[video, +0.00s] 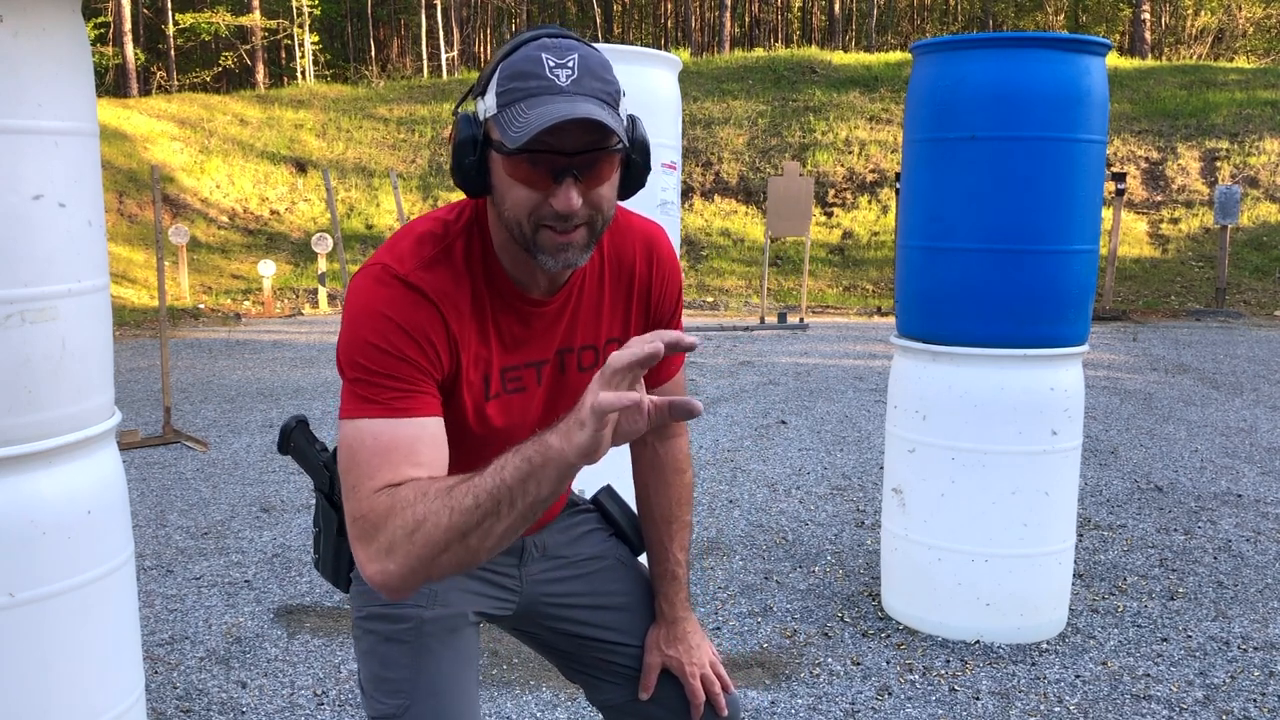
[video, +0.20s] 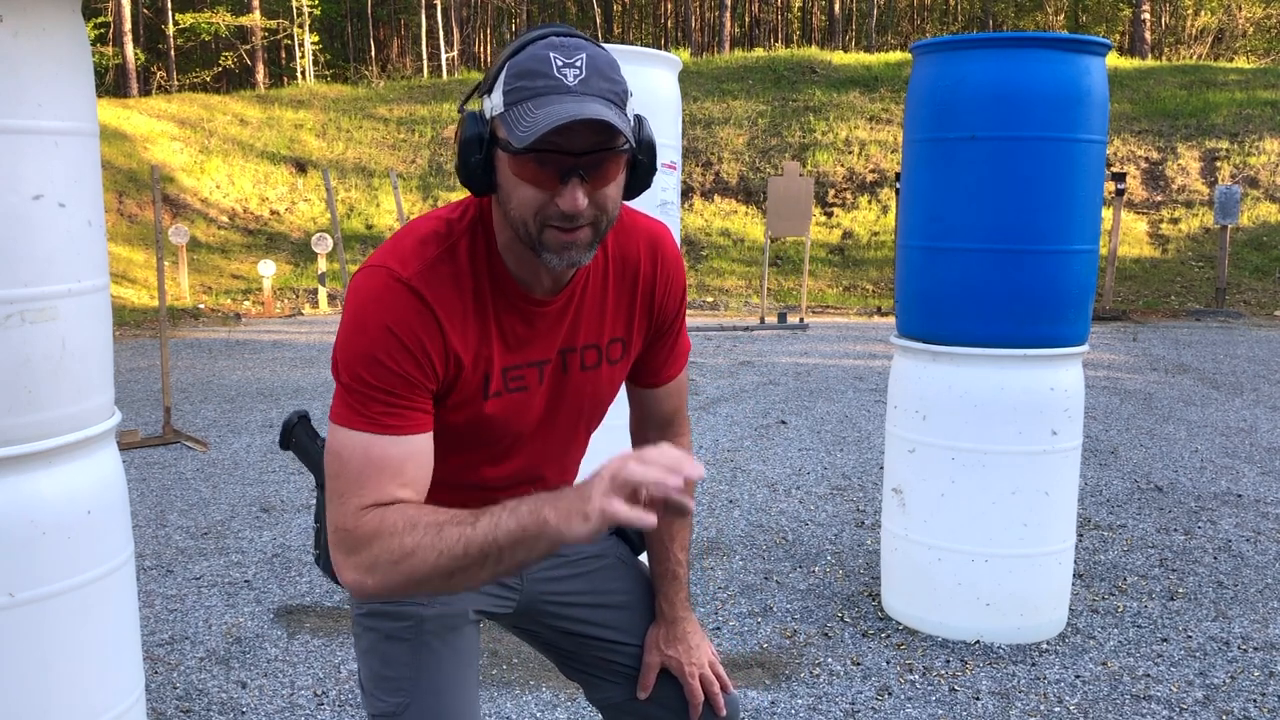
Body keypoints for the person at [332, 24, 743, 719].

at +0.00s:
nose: (568, 199)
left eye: (591, 165)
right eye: (537, 167)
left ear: (623, 162)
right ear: (482, 158)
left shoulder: (643, 257)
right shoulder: (398, 288)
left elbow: (662, 431)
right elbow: (391, 551)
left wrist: (675, 609)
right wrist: (574, 438)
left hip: (558, 532)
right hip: (421, 562)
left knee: (690, 702)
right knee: (431, 707)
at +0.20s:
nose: (573, 198)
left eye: (598, 163)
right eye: (544, 162)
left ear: (630, 161)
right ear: (491, 158)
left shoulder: (647, 260)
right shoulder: (400, 290)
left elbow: (663, 440)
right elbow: (367, 551)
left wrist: (675, 610)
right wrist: (572, 507)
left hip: (557, 541)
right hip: (418, 558)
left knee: (691, 704)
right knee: (430, 707)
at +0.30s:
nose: (577, 198)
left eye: (601, 163)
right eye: (548, 163)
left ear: (634, 162)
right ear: (491, 157)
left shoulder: (650, 261)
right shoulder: (401, 291)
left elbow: (665, 435)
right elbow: (356, 542)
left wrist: (674, 601)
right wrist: (553, 578)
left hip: (551, 524)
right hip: (416, 532)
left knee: (688, 702)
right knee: (431, 707)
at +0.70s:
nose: (607, 188)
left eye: (633, 157)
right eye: (583, 151)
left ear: (657, 165)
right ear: (511, 141)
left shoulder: (657, 262)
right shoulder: (407, 282)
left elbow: (669, 434)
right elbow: (321, 526)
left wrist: (679, 604)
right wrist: (528, 565)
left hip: (554, 520)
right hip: (415, 525)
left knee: (691, 704)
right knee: (433, 708)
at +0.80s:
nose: (613, 185)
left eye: (640, 155)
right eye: (591, 145)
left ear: (661, 166)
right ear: (519, 135)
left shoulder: (657, 260)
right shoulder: (406, 268)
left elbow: (669, 435)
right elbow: (317, 517)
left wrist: (676, 608)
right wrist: (540, 472)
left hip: (569, 530)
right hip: (421, 547)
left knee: (692, 705)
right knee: (431, 707)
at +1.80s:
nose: (633, 186)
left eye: (643, 160)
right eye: (609, 154)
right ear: (512, 142)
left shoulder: (631, 254)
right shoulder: (393, 271)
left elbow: (652, 429)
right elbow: (354, 517)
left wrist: (670, 610)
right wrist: (579, 422)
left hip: (551, 534)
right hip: (417, 554)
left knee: (688, 704)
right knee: (428, 705)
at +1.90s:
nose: (635, 182)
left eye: (636, 154)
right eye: (607, 150)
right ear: (507, 148)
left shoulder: (619, 253)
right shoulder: (384, 285)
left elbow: (642, 427)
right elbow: (390, 535)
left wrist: (664, 603)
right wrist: (606, 387)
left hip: (546, 535)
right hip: (416, 567)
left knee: (687, 700)